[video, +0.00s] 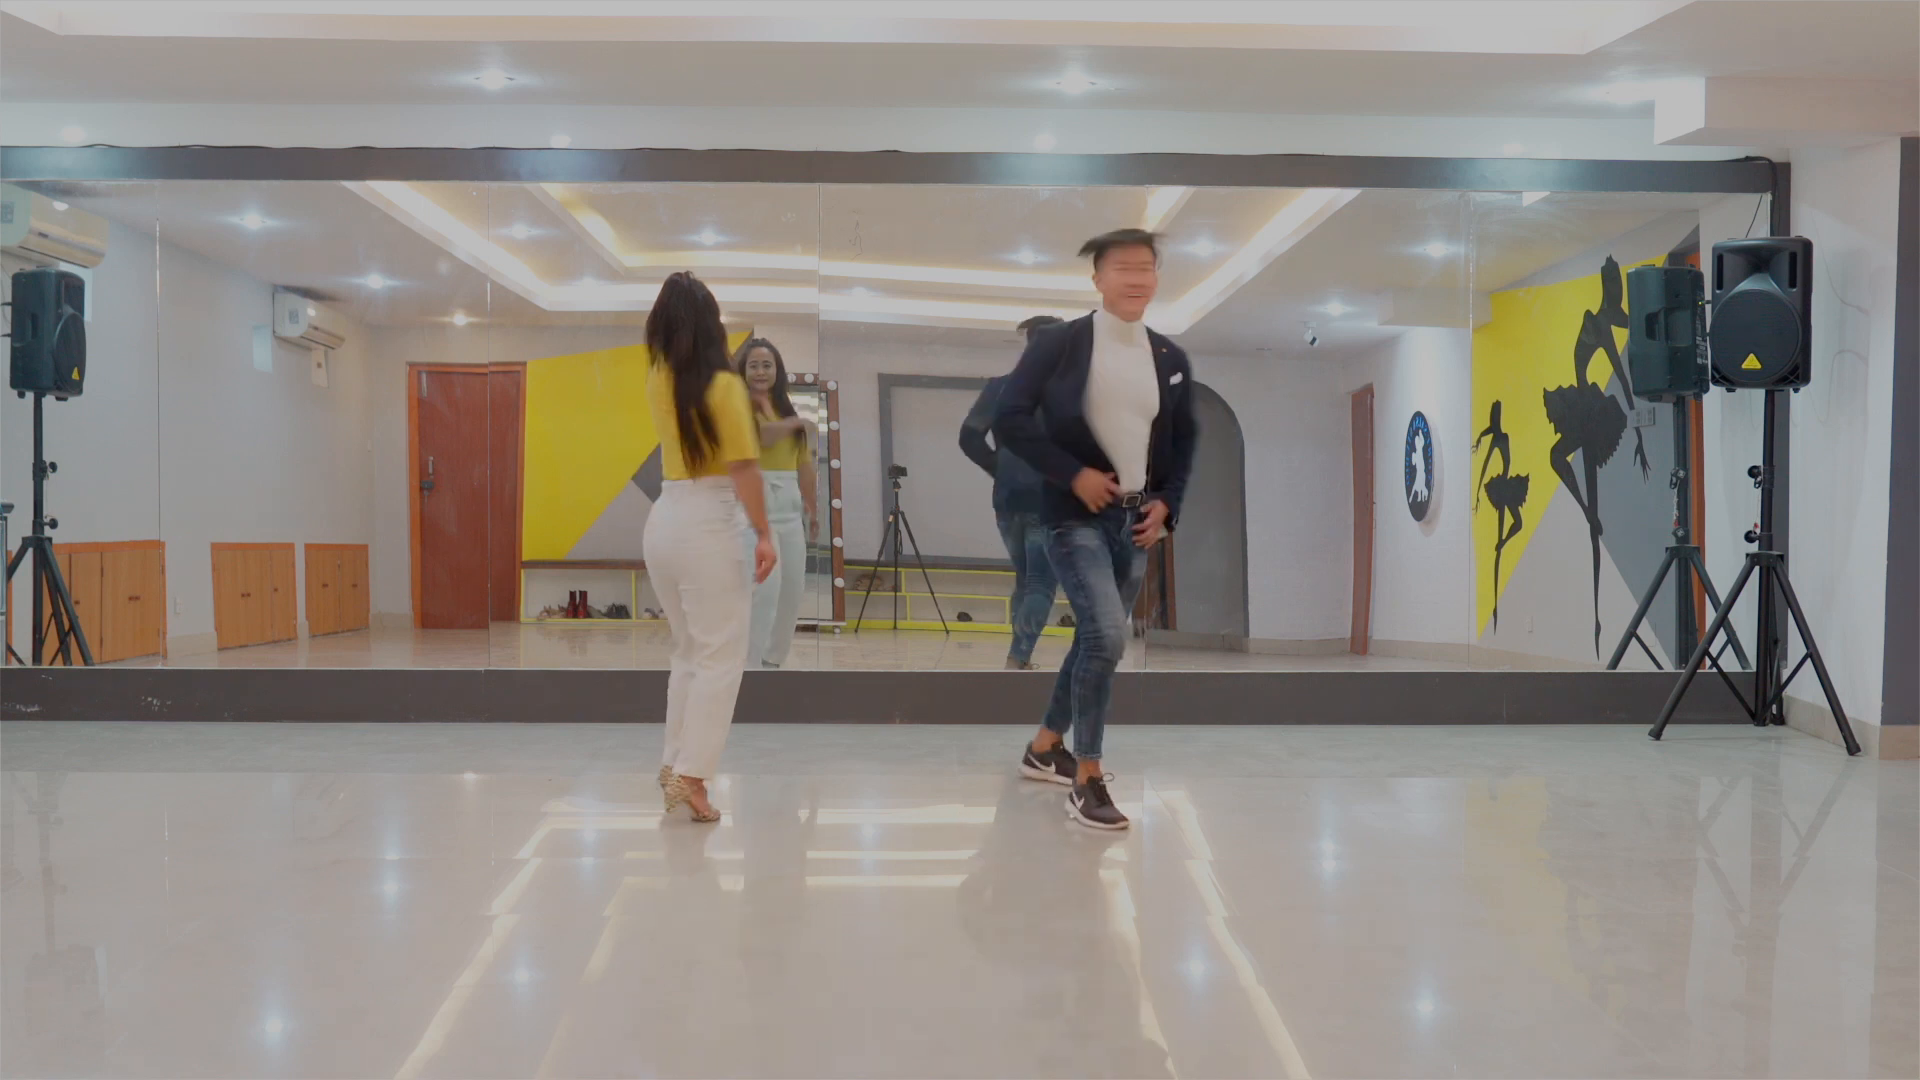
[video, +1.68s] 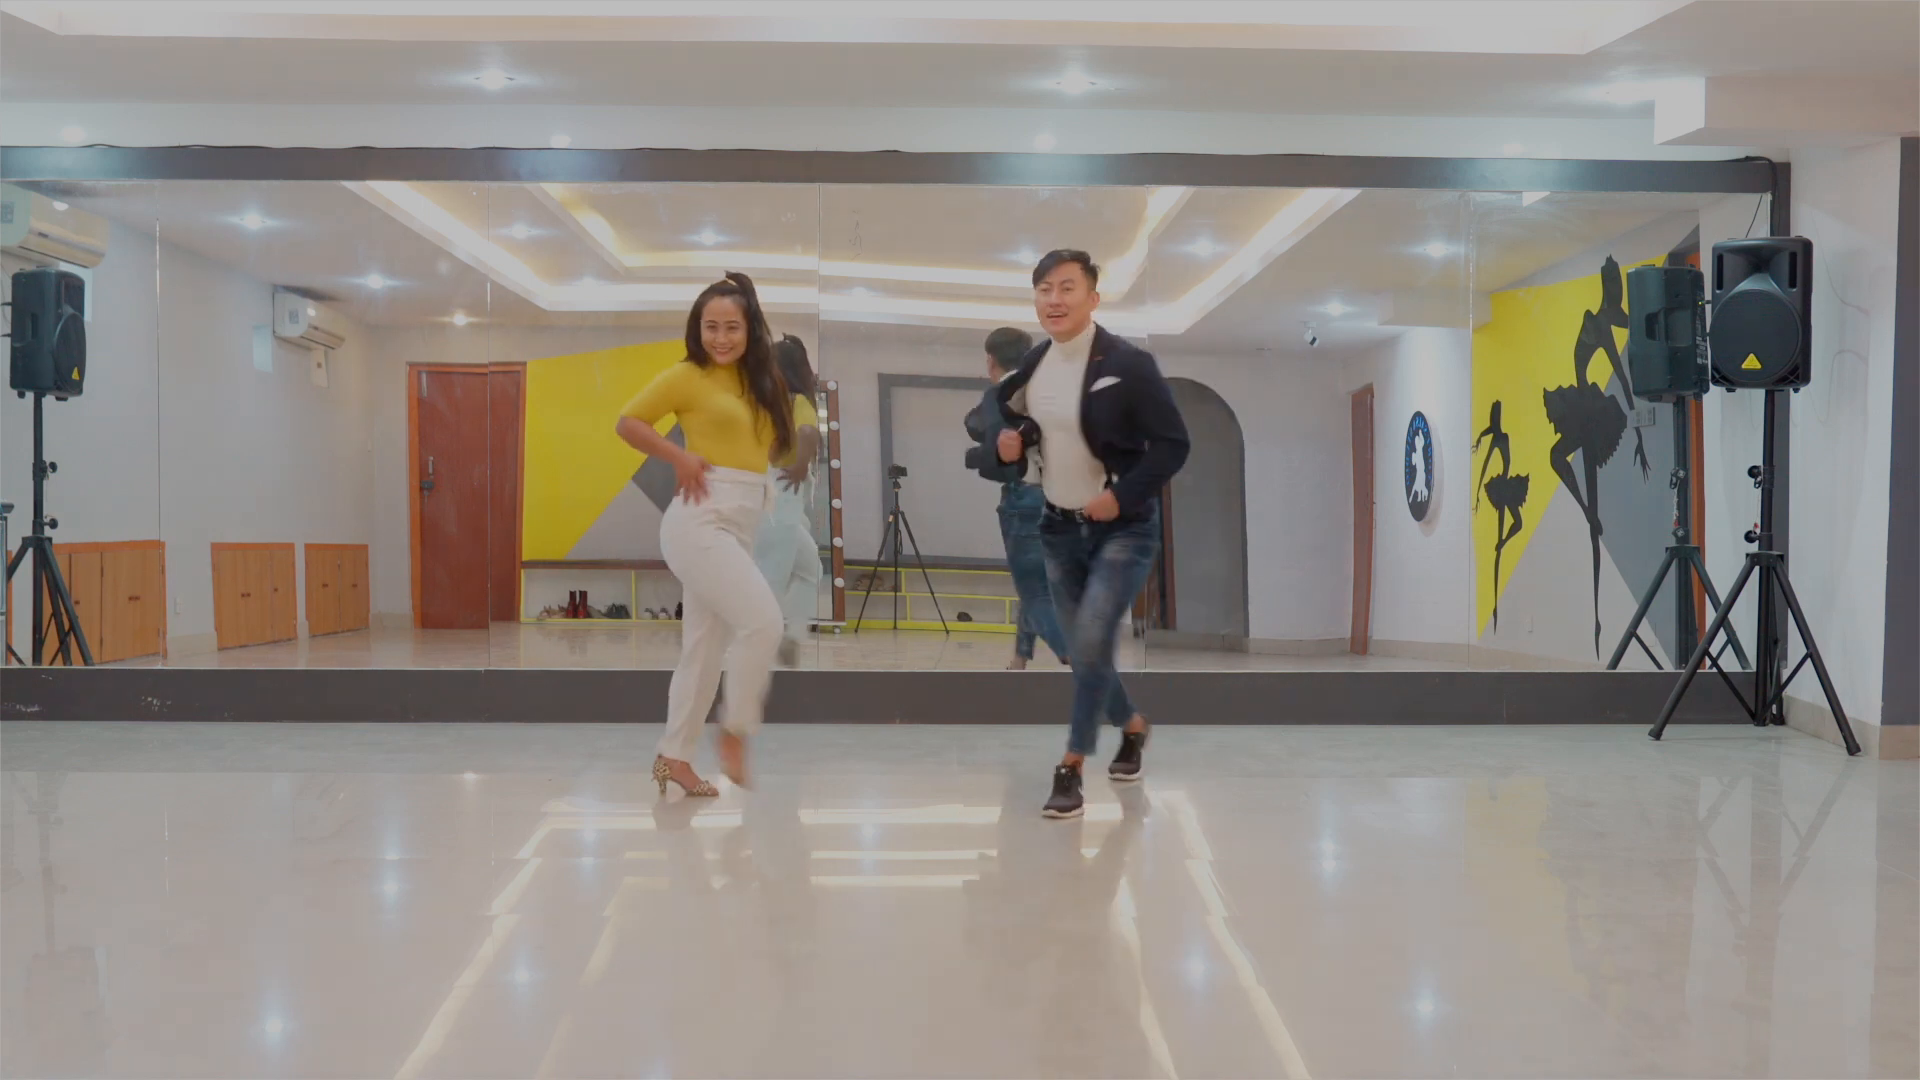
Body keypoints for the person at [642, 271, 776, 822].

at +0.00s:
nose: (722, 322)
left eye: (715, 314)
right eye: (718, 315)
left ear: (663, 325)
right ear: (712, 321)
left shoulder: (657, 382)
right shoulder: (723, 385)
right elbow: (743, 465)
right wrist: (764, 532)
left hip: (666, 519)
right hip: (714, 521)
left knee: (688, 648)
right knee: (723, 655)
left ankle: (675, 765)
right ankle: (693, 774)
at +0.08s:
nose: (716, 318)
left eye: (710, 309)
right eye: (709, 311)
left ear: (666, 327)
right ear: (701, 323)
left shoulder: (710, 381)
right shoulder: (684, 393)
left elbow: (753, 410)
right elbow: (701, 475)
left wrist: (770, 457)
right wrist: (750, 532)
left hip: (700, 528)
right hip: (689, 530)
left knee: (708, 647)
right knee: (720, 646)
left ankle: (672, 765)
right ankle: (684, 776)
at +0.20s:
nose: (685, 327)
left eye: (694, 318)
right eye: (674, 321)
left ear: (716, 327)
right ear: (662, 333)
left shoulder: (741, 389)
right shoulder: (652, 391)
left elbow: (769, 463)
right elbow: (640, 473)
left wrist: (771, 529)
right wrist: (697, 516)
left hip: (730, 537)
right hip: (672, 534)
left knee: (734, 658)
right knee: (701, 651)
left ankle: (681, 764)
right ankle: (681, 779)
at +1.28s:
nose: (703, 349)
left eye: (715, 341)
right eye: (694, 339)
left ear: (733, 345)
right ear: (681, 342)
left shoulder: (749, 399)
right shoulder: (662, 396)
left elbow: (764, 477)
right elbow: (649, 474)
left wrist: (765, 540)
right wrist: (655, 542)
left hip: (738, 536)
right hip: (678, 534)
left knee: (731, 652)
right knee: (685, 646)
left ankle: (701, 761)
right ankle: (683, 769)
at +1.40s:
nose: (707, 342)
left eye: (719, 332)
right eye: (698, 331)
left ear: (737, 335)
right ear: (685, 334)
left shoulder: (750, 391)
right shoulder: (669, 384)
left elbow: (768, 461)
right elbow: (632, 454)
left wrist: (763, 510)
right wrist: (660, 513)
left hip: (739, 530)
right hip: (680, 526)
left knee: (728, 645)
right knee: (713, 629)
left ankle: (698, 759)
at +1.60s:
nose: (717, 335)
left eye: (728, 325)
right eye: (707, 324)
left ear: (746, 328)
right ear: (693, 328)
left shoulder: (757, 382)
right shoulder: (682, 375)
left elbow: (781, 445)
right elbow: (625, 425)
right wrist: (671, 468)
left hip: (741, 522)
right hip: (692, 517)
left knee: (710, 644)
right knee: (757, 616)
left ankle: (687, 754)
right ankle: (681, 667)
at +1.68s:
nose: (721, 338)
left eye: (732, 327)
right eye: (711, 327)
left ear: (751, 330)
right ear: (698, 330)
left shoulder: (763, 384)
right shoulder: (687, 377)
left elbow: (786, 456)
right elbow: (628, 423)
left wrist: (796, 434)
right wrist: (678, 455)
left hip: (740, 525)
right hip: (697, 520)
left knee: (703, 644)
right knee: (762, 621)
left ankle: (673, 754)